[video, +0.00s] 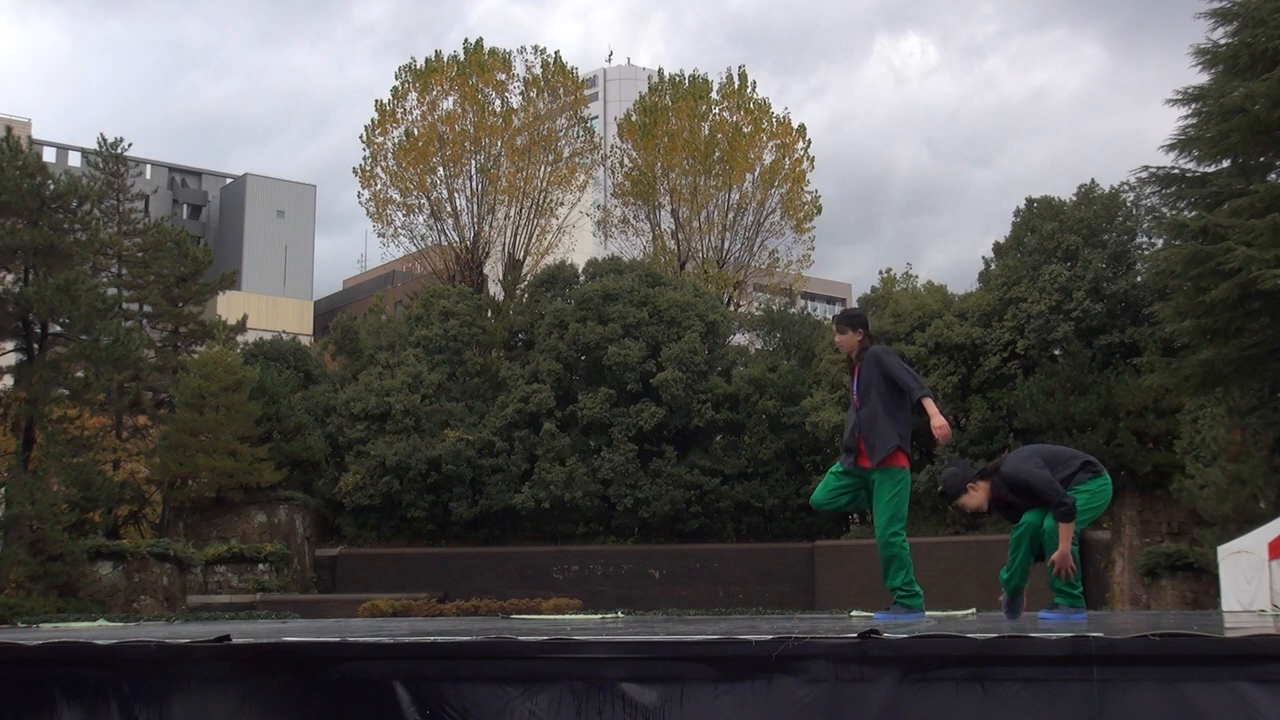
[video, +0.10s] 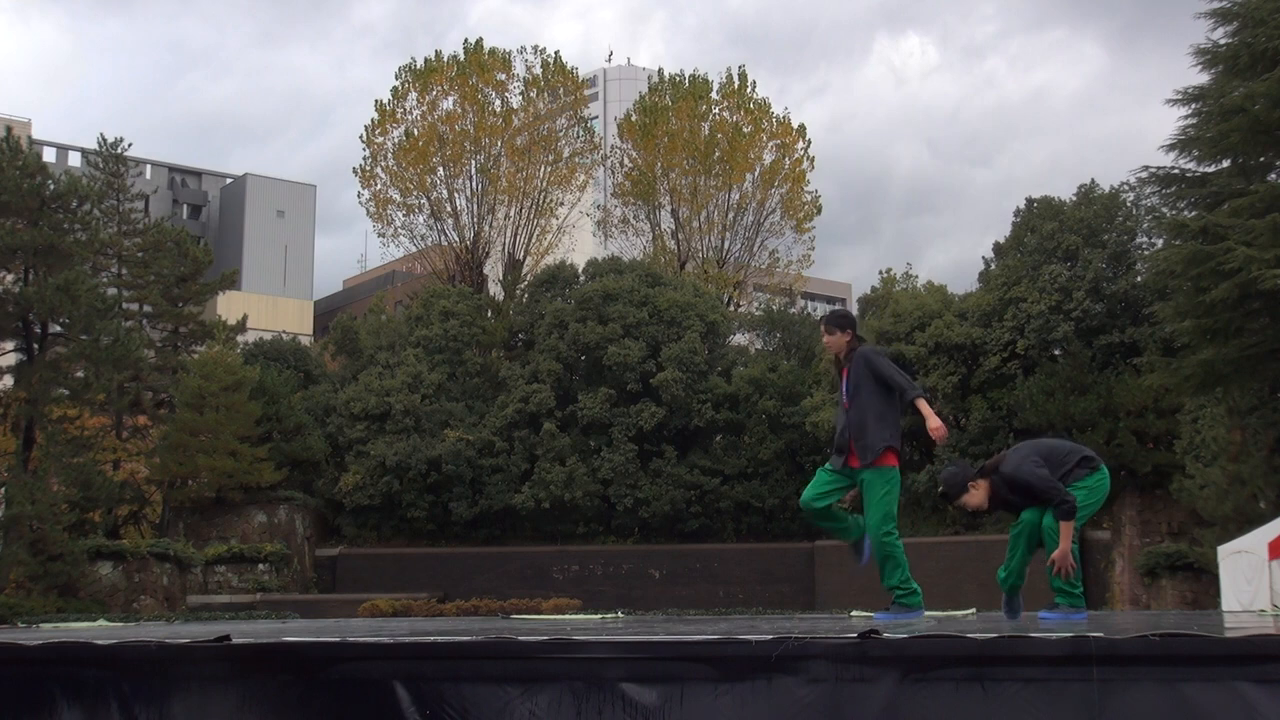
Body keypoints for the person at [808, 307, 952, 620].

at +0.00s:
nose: (837, 340)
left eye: (841, 333)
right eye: (835, 334)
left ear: (860, 333)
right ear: (851, 336)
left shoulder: (879, 355)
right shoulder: (857, 367)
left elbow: (914, 384)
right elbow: (865, 412)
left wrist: (935, 415)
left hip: (889, 458)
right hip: (856, 458)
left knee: (888, 532)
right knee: (822, 500)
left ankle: (909, 602)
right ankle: (877, 492)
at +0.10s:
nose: (824, 341)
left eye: (829, 334)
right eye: (823, 335)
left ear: (848, 334)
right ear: (836, 337)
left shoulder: (868, 356)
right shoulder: (846, 369)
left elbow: (906, 386)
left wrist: (930, 416)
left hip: (879, 457)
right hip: (847, 457)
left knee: (880, 532)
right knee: (811, 501)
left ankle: (907, 601)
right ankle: (859, 532)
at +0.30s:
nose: (797, 346)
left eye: (802, 339)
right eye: (796, 340)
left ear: (821, 340)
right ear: (802, 343)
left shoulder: (839, 366)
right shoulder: (813, 379)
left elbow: (873, 398)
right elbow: (823, 430)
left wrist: (902, 432)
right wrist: (808, 467)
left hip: (855, 464)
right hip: (825, 468)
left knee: (866, 533)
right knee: (804, 532)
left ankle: (906, 598)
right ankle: (789, 603)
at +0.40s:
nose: (781, 340)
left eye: (788, 335)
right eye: (781, 334)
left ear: (805, 340)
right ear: (786, 339)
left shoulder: (823, 370)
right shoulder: (790, 378)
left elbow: (855, 405)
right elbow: (797, 430)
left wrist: (884, 437)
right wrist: (784, 462)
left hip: (836, 465)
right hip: (805, 468)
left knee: (843, 528)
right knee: (793, 532)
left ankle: (894, 584)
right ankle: (789, 604)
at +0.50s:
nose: (774, 335)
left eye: (781, 330)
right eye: (773, 329)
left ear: (798, 334)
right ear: (775, 333)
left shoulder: (815, 368)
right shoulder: (777, 373)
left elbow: (847, 406)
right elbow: (773, 421)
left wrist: (876, 440)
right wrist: (761, 452)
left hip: (816, 459)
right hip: (787, 463)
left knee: (811, 511)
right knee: (786, 531)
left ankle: (883, 537)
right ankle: (789, 604)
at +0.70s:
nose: (765, 334)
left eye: (771, 329)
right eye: (763, 329)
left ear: (788, 333)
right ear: (763, 331)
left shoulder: (801, 374)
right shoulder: (760, 366)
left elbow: (828, 415)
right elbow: (748, 408)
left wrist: (852, 456)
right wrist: (728, 436)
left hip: (787, 455)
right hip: (764, 459)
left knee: (773, 499)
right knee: (770, 532)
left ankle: (833, 461)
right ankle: (789, 604)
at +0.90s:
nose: (750, 340)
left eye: (756, 336)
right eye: (749, 334)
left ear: (773, 337)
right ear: (749, 336)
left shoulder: (782, 377)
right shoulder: (747, 366)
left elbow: (801, 421)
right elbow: (737, 406)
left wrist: (817, 461)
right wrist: (716, 429)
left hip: (764, 457)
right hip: (744, 459)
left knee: (738, 502)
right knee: (760, 533)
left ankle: (810, 474)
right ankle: (787, 603)